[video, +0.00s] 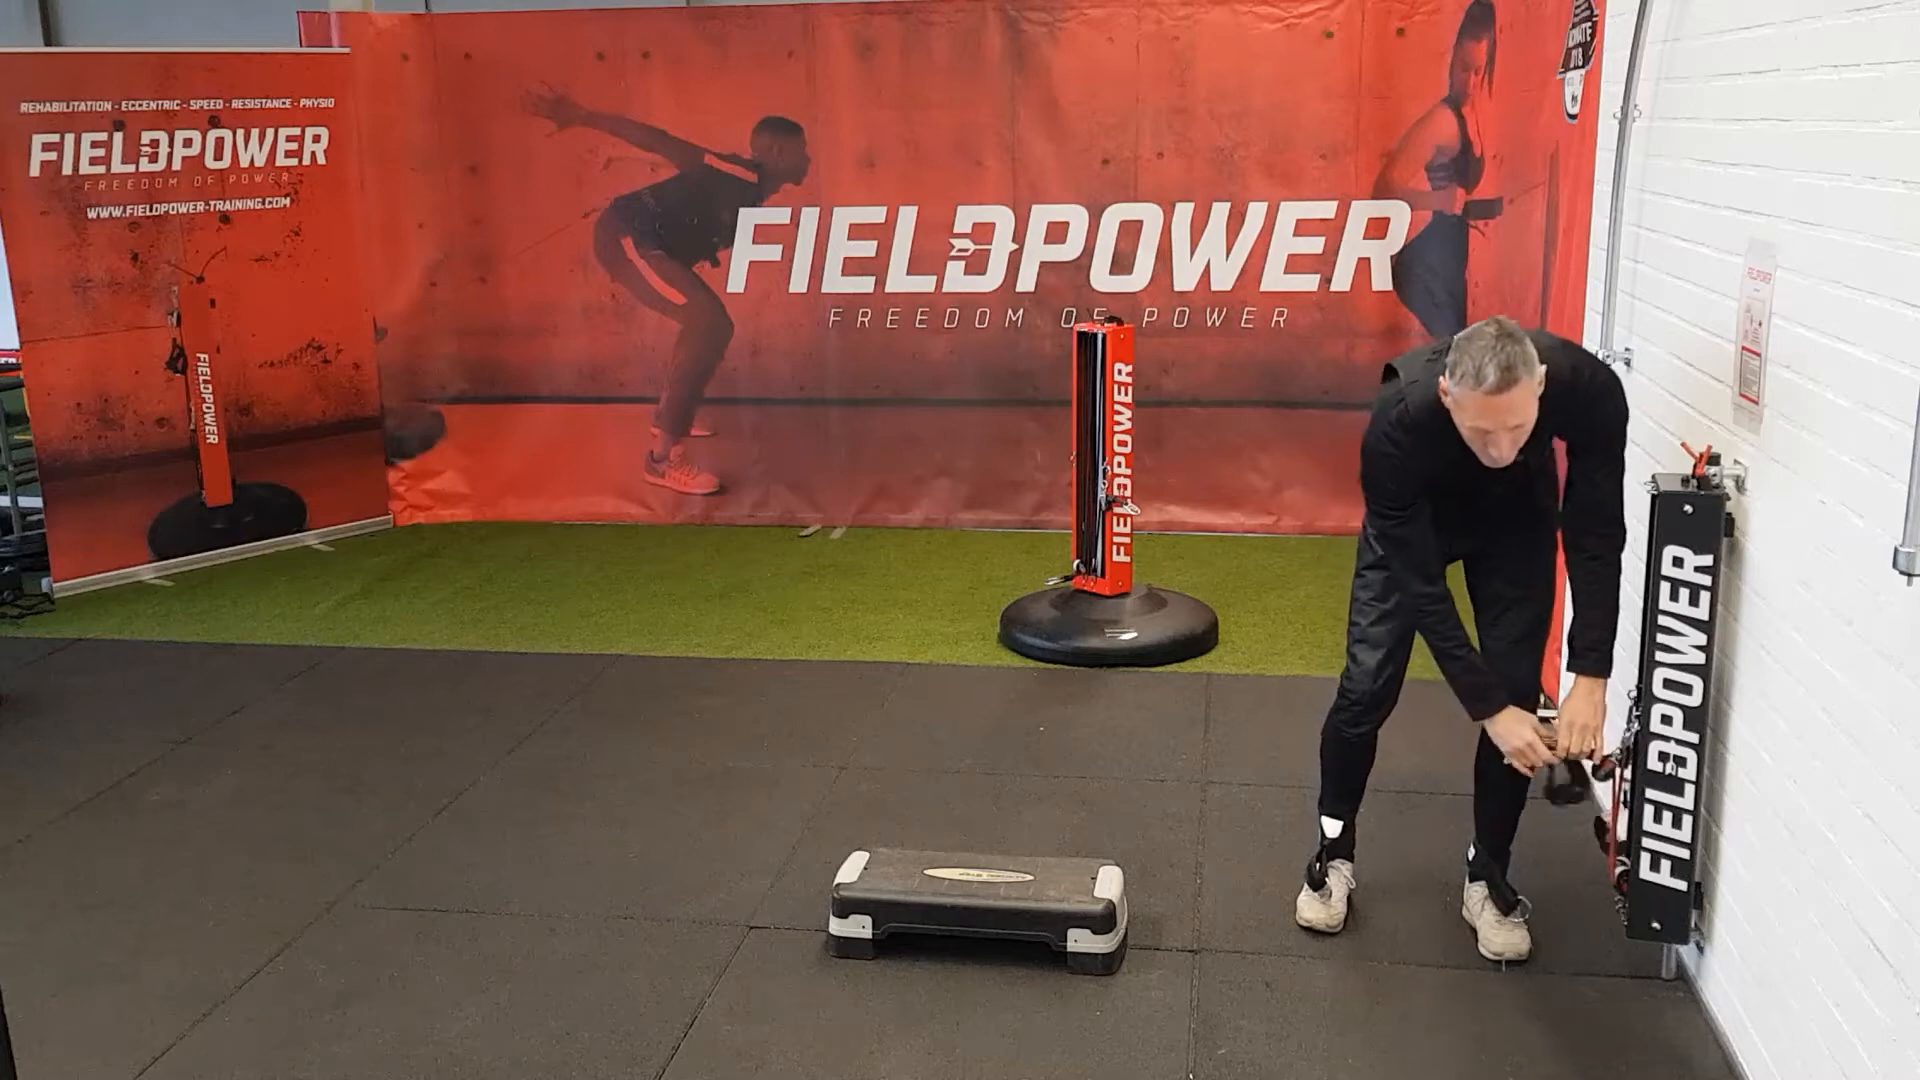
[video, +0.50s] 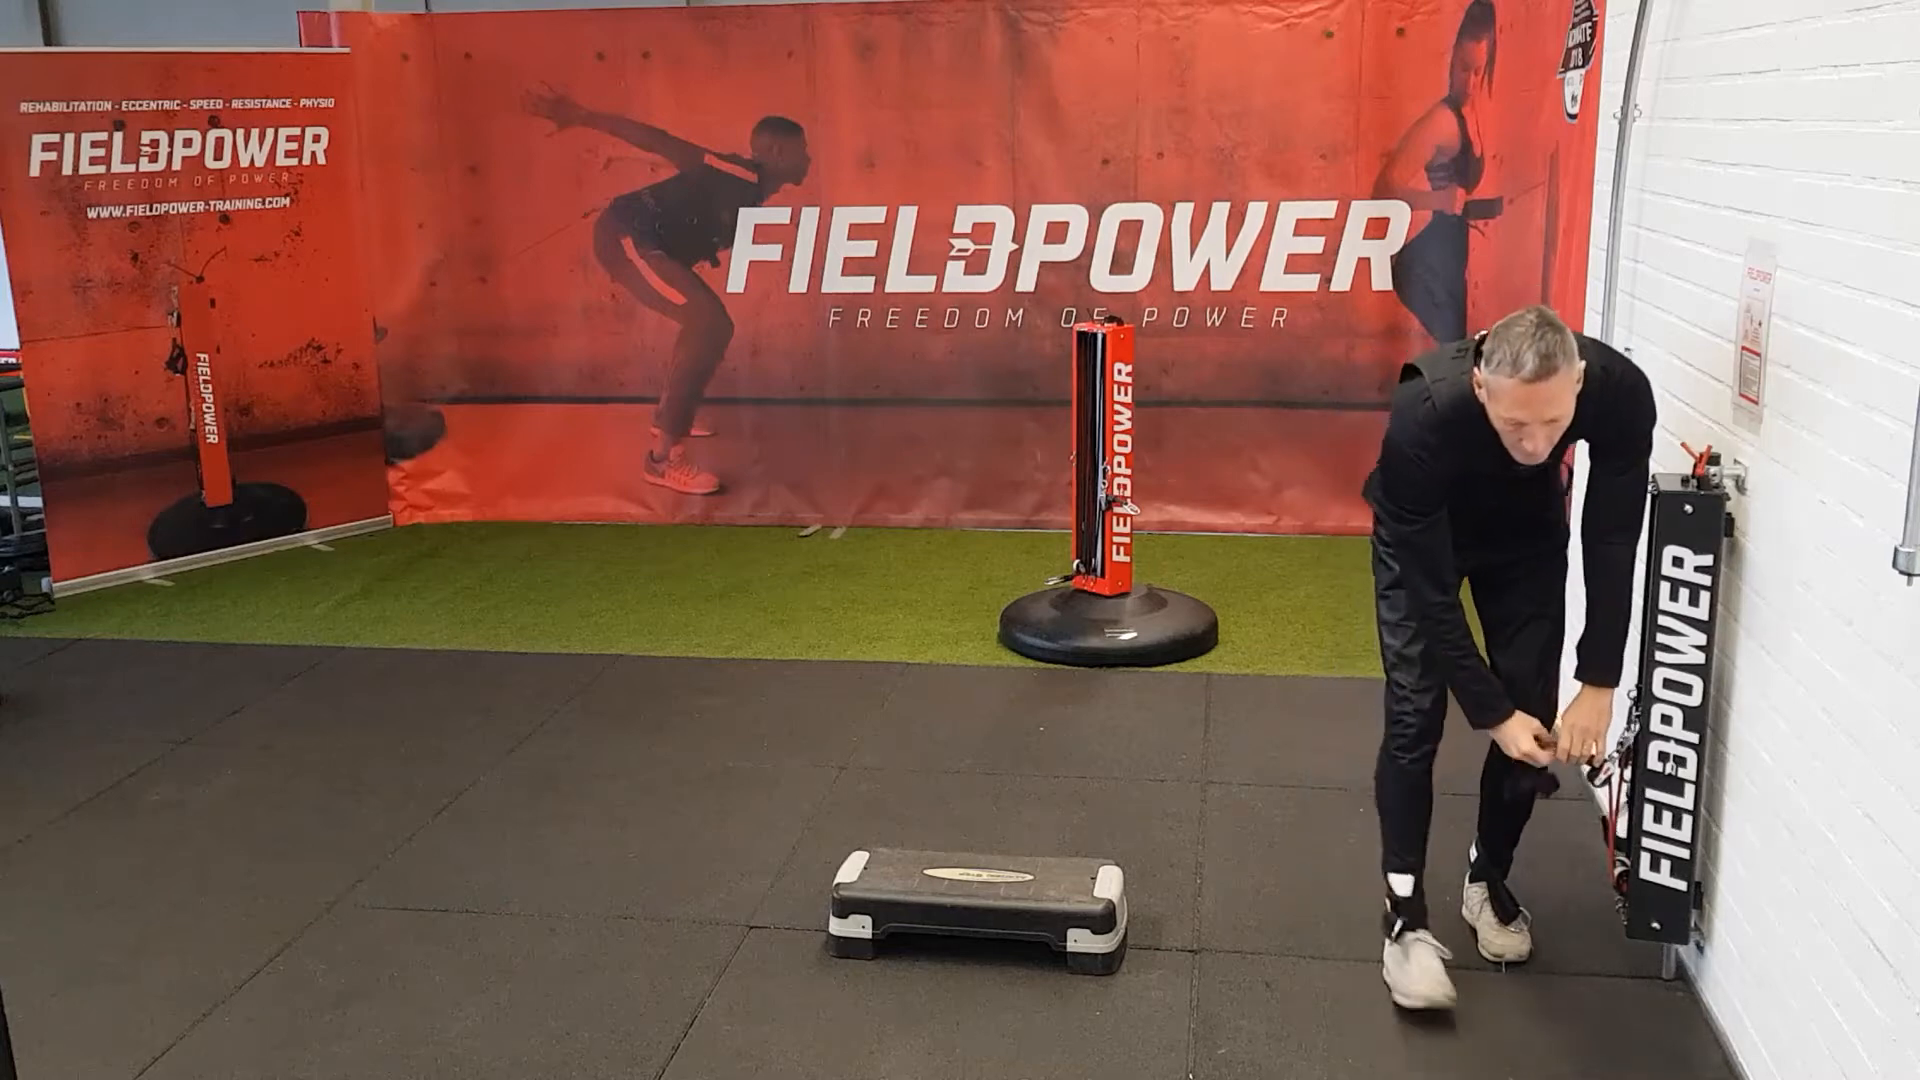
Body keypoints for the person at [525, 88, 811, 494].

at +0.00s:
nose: (807, 158)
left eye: (804, 149)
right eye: (800, 150)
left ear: (774, 151)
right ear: (772, 150)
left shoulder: (748, 192)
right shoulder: (733, 179)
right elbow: (659, 141)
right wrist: (583, 116)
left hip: (645, 238)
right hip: (627, 234)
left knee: (714, 323)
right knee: (709, 323)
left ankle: (671, 414)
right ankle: (664, 457)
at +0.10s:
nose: (807, 158)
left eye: (804, 149)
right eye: (800, 150)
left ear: (774, 151)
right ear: (772, 150)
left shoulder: (748, 191)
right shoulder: (733, 178)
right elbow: (659, 141)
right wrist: (583, 116)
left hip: (646, 238)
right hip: (627, 233)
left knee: (715, 323)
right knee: (709, 323)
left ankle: (671, 414)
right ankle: (664, 457)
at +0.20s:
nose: (808, 158)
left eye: (805, 149)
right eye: (800, 149)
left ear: (775, 151)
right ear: (772, 150)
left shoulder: (749, 198)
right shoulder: (732, 180)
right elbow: (659, 141)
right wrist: (582, 116)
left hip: (646, 238)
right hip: (626, 232)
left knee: (715, 323)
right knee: (708, 323)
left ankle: (671, 414)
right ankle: (664, 457)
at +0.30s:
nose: (808, 158)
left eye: (805, 149)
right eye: (800, 149)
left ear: (775, 151)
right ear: (772, 150)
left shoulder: (749, 197)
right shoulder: (732, 180)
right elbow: (659, 141)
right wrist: (582, 116)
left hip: (646, 238)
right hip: (626, 232)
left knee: (715, 323)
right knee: (708, 323)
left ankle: (671, 414)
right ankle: (664, 457)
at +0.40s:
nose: (808, 158)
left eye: (805, 149)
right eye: (800, 149)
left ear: (775, 151)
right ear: (772, 150)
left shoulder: (749, 197)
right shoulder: (732, 180)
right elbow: (659, 141)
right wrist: (582, 116)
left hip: (646, 237)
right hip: (626, 232)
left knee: (715, 323)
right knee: (708, 323)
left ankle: (671, 414)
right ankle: (664, 457)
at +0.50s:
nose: (808, 158)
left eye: (805, 149)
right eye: (800, 149)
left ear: (775, 151)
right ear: (772, 150)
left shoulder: (749, 197)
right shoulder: (732, 180)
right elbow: (659, 141)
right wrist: (582, 116)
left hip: (646, 237)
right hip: (626, 232)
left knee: (715, 323)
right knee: (708, 323)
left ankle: (671, 414)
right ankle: (664, 457)